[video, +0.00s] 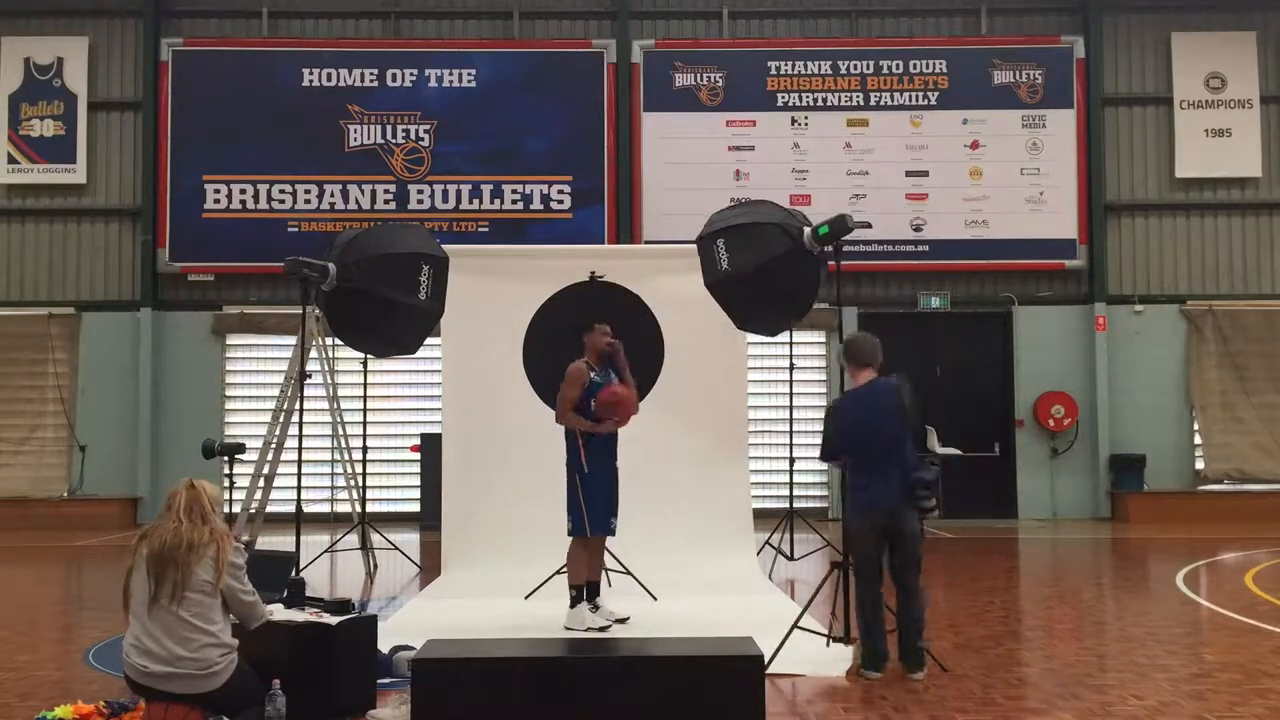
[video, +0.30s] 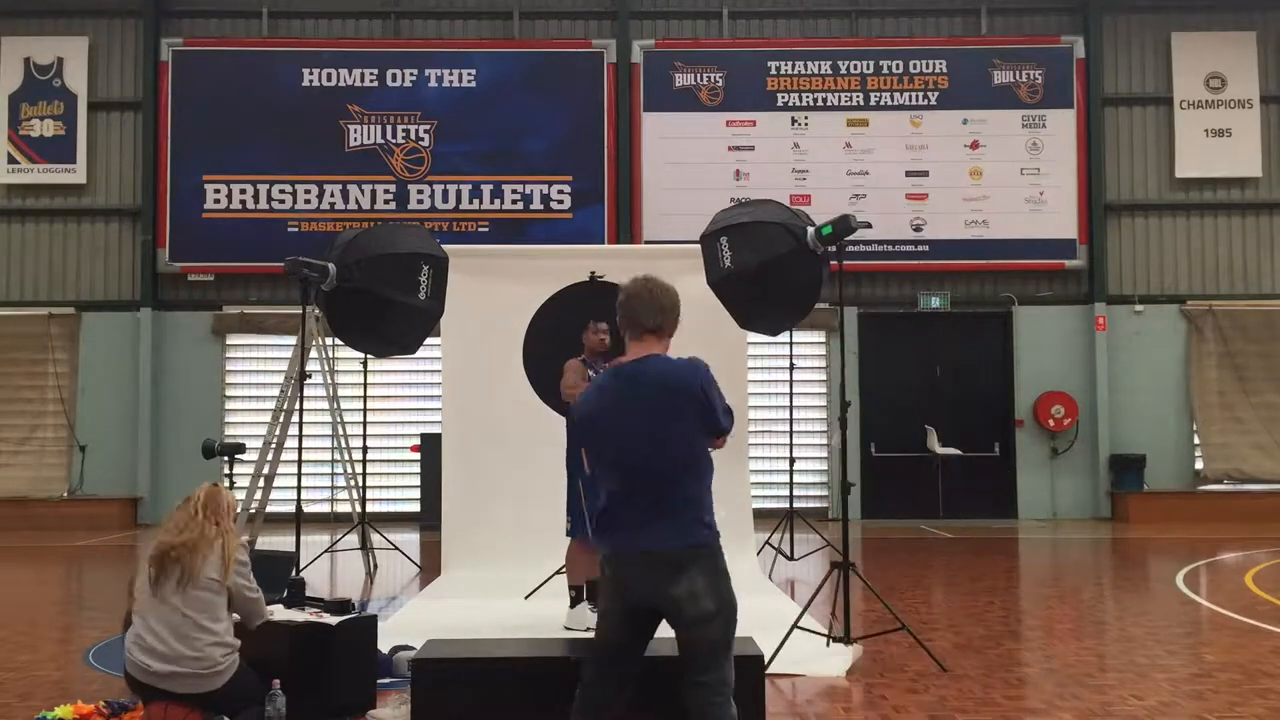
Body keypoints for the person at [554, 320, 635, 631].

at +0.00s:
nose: (610, 340)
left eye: (611, 335)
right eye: (604, 334)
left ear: (609, 342)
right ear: (587, 338)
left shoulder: (606, 372)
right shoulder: (578, 370)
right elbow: (563, 414)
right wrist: (598, 427)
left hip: (605, 455)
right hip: (584, 456)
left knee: (600, 532)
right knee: (584, 532)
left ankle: (593, 604)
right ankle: (576, 609)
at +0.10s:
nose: (608, 339)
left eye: (607, 334)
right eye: (602, 333)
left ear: (596, 340)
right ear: (585, 339)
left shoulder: (597, 372)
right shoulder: (579, 372)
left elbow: (623, 407)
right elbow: (570, 419)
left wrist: (619, 371)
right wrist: (608, 430)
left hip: (603, 456)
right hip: (586, 458)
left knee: (598, 532)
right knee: (584, 531)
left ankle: (594, 603)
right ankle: (576, 608)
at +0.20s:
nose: (607, 337)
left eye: (610, 332)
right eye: (601, 331)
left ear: (615, 336)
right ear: (587, 337)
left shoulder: (621, 367)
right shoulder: (577, 368)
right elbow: (569, 399)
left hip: (613, 462)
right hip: (582, 463)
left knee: (606, 527)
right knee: (580, 529)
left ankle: (604, 597)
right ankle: (576, 598)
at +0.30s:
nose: (603, 337)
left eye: (606, 333)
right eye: (596, 332)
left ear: (612, 338)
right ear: (584, 338)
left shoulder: (616, 369)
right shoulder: (575, 366)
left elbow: (625, 403)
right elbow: (570, 397)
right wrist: (603, 389)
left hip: (613, 454)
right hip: (582, 456)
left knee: (602, 528)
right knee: (582, 528)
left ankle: (597, 602)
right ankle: (577, 605)